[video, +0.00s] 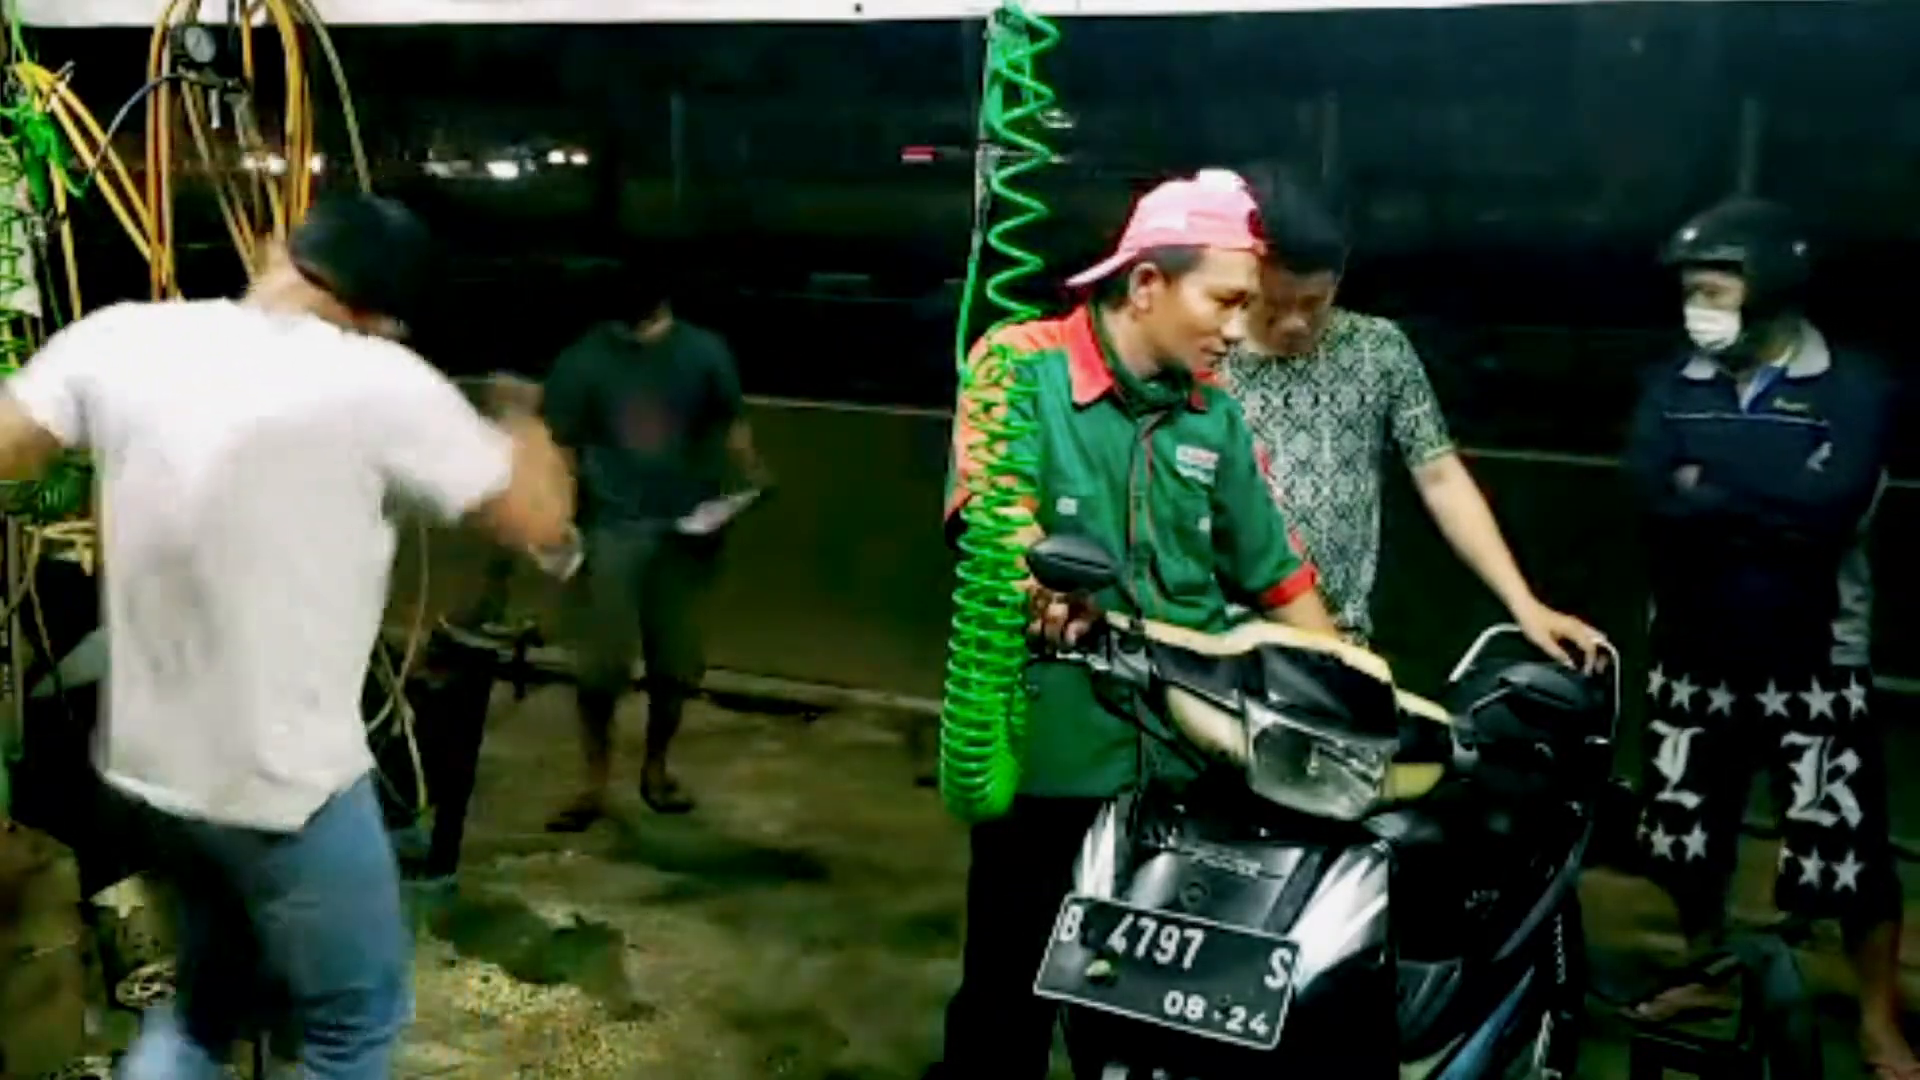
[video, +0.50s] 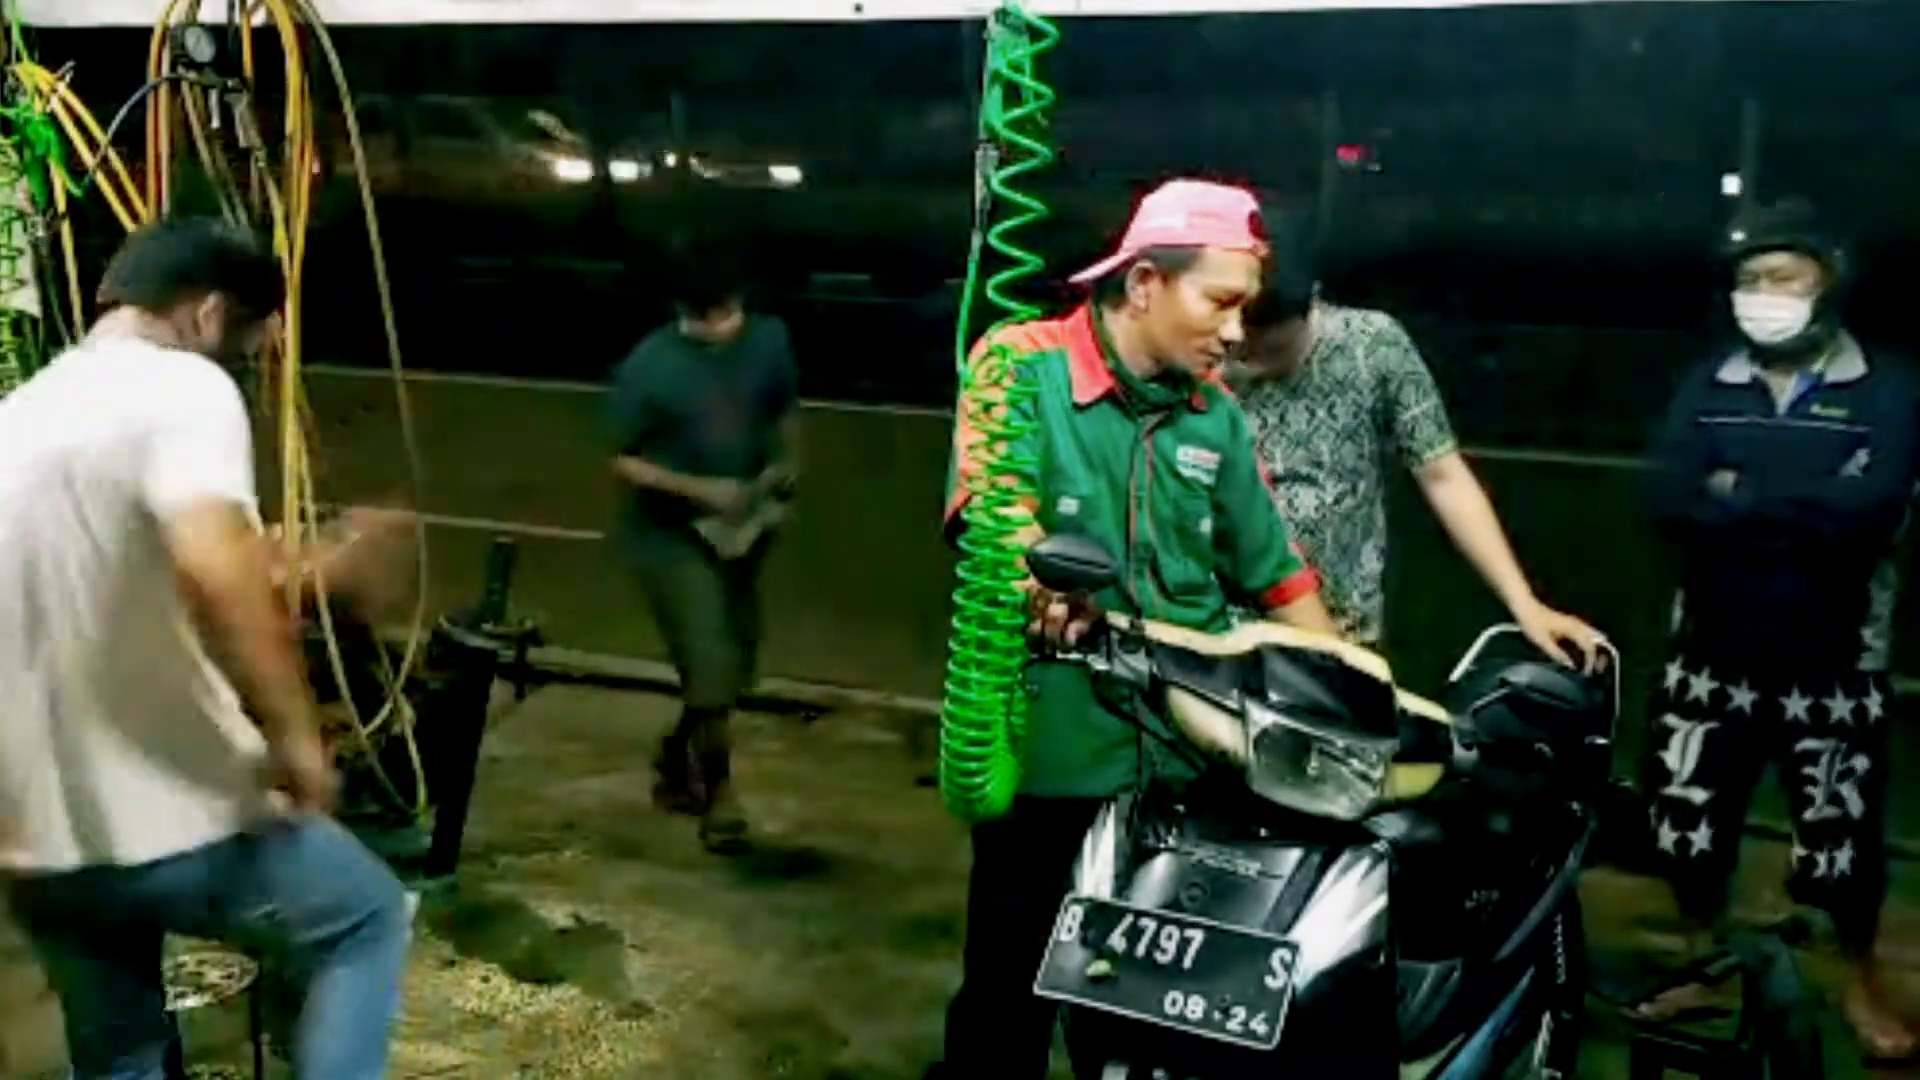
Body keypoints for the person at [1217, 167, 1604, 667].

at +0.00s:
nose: (1295, 322)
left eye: (1314, 303)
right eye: (1275, 303)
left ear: (1337, 283)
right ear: (1243, 279)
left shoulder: (1378, 351)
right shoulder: (1202, 352)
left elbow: (1442, 479)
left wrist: (1526, 607)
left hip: (1337, 641)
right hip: (1219, 636)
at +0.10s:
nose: (1286, 334)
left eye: (1304, 317)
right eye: (1268, 318)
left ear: (1332, 291)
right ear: (1243, 290)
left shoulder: (1376, 350)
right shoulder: (1202, 353)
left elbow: (1441, 479)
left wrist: (1526, 606)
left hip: (1336, 644)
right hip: (1219, 638)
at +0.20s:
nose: (1280, 341)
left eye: (1298, 324)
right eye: (1263, 323)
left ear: (1328, 297)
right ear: (1238, 298)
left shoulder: (1376, 347)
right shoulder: (1200, 355)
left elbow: (1442, 479)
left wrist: (1526, 606)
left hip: (1337, 645)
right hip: (1218, 640)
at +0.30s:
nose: (1263, 351)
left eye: (1283, 335)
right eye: (1249, 335)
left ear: (1320, 303)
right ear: (1228, 309)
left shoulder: (1374, 346)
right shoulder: (1196, 358)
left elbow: (1443, 479)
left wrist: (1526, 607)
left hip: (1338, 648)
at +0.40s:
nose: (1248, 355)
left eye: (1271, 344)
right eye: (1241, 340)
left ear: (1315, 309)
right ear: (1226, 310)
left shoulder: (1373, 345)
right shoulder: (1196, 359)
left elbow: (1444, 479)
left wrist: (1526, 606)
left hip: (1340, 648)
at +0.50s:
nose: (1253, 365)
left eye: (1271, 351)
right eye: (1244, 351)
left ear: (1310, 312)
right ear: (1226, 327)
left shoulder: (1373, 347)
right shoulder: (1197, 367)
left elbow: (1445, 478)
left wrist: (1526, 606)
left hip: (1342, 646)